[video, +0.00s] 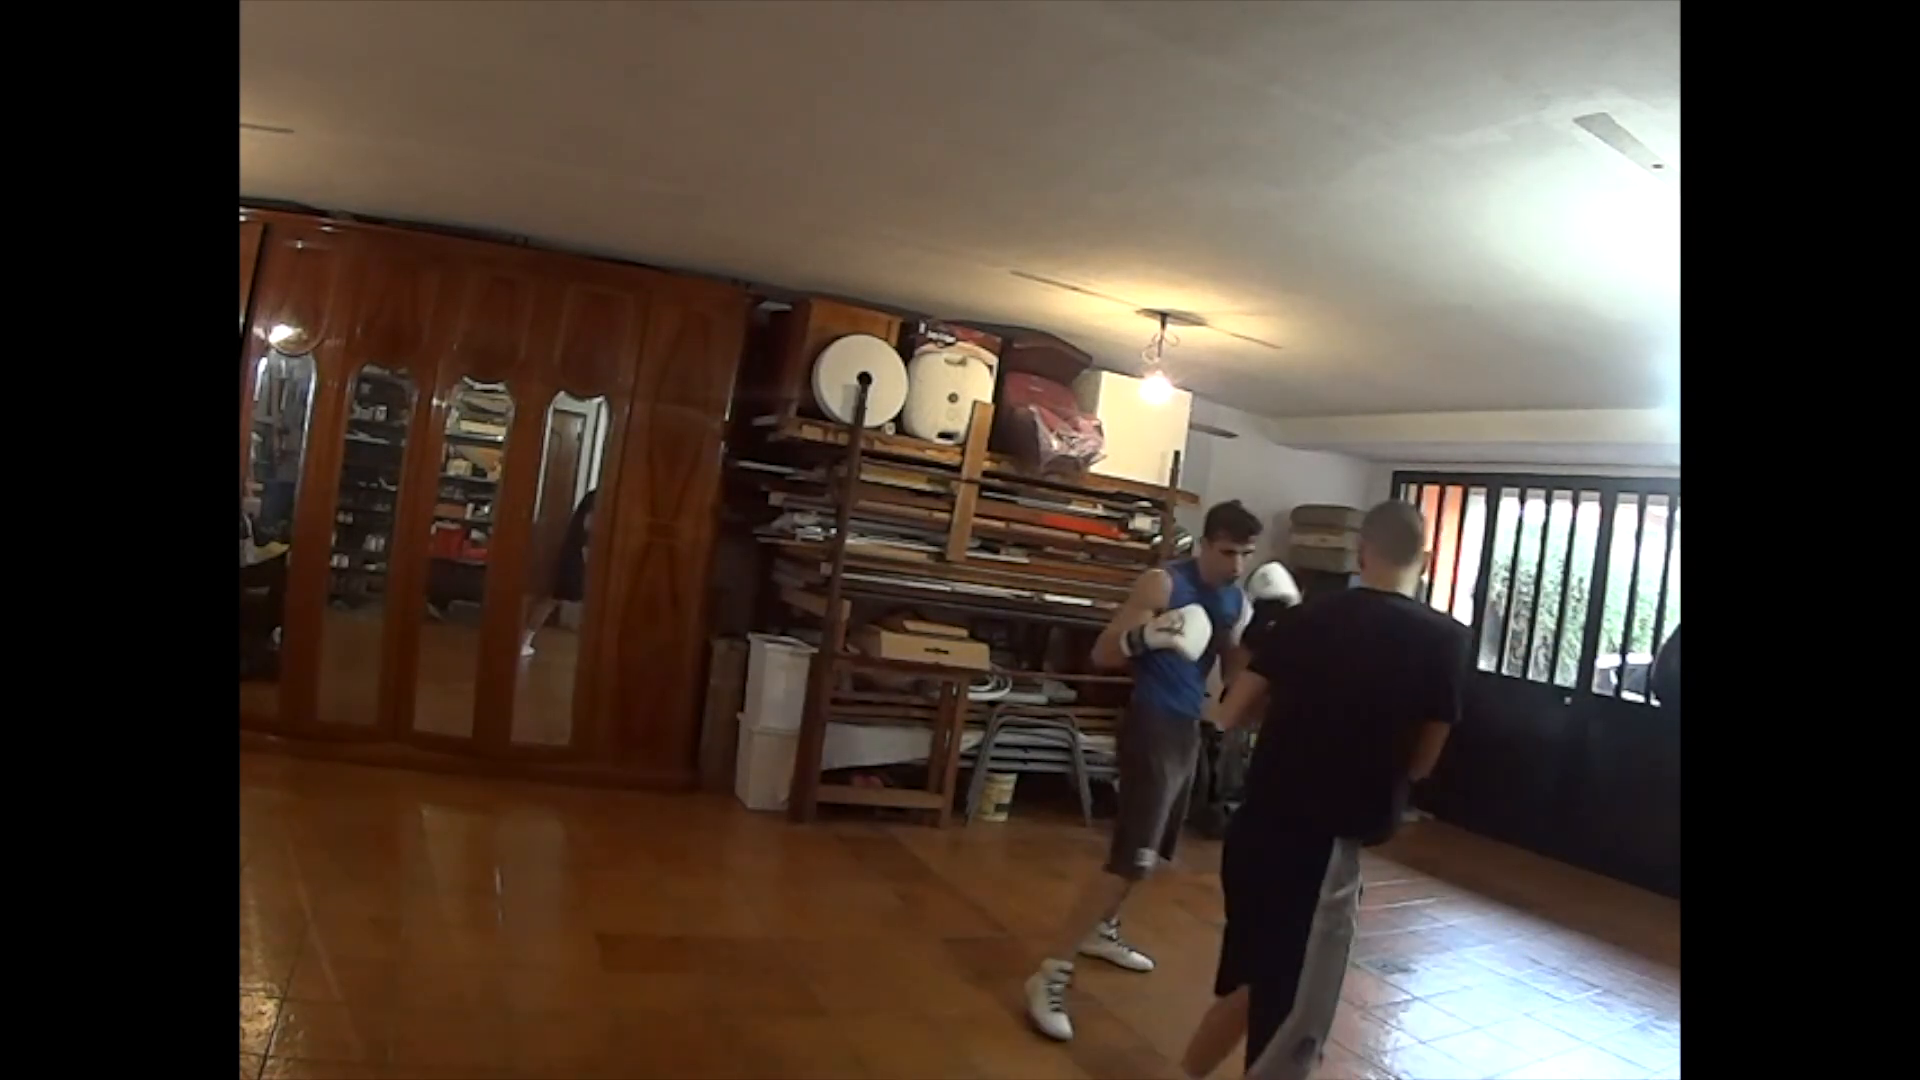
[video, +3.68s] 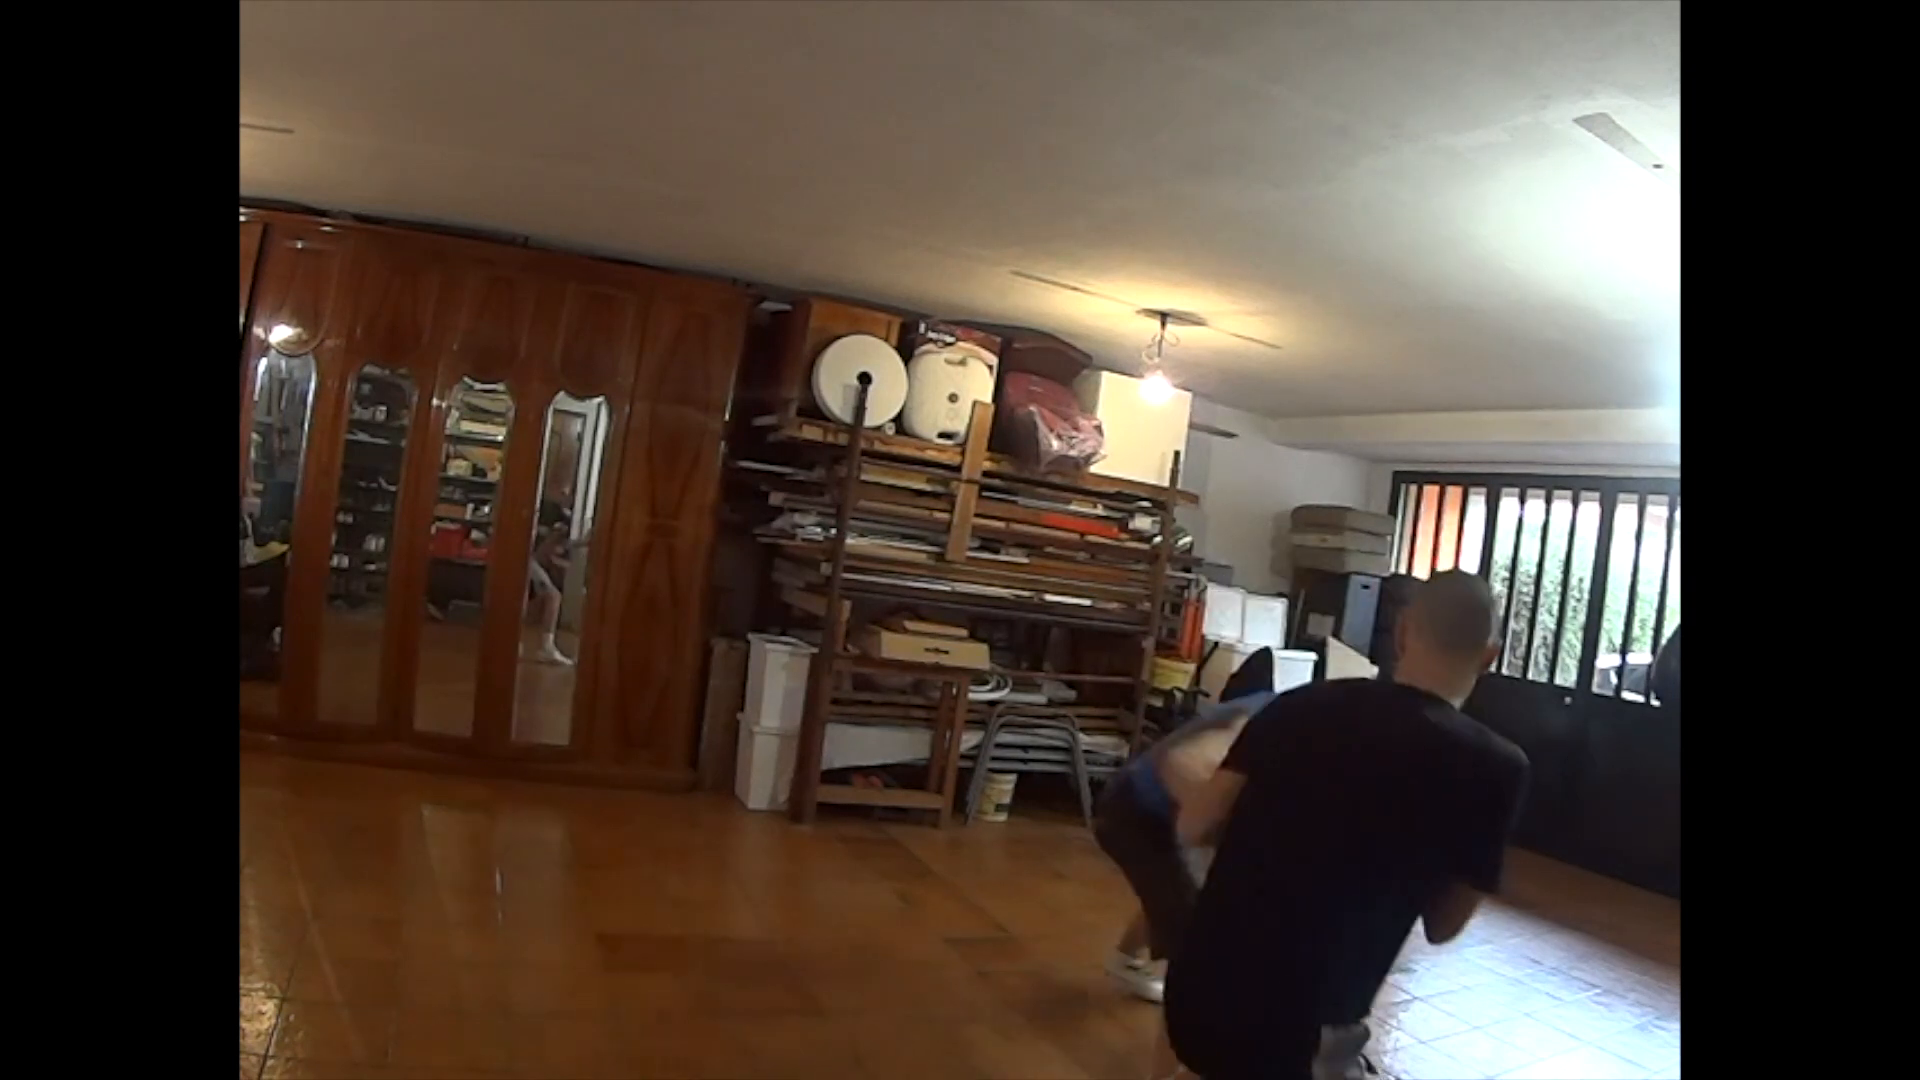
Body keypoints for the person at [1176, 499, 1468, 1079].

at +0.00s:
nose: (1361, 558)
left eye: (1359, 548)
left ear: (1361, 551)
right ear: (1424, 561)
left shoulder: (1312, 616)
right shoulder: (1443, 639)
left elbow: (1233, 713)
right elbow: (1421, 763)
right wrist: (1368, 731)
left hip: (1266, 814)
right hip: (1342, 834)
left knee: (1250, 980)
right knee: (1300, 998)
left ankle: (1188, 1069)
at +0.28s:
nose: (1330, 594)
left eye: (1330, 587)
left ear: (1335, 590)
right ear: (1396, 599)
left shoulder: (1283, 655)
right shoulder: (1422, 673)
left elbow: (1206, 751)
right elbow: (1394, 790)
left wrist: (1256, 734)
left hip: (1238, 853)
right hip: (1321, 873)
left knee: (1236, 996)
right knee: (1304, 1032)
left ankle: (1173, 1073)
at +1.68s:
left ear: (1361, 587)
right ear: (1433, 607)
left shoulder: (1295, 651)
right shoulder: (1445, 686)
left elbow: (1196, 754)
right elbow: (1409, 834)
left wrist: (1263, 781)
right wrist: (1342, 797)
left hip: (1207, 889)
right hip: (1286, 925)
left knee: (1201, 1041)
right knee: (1335, 1072)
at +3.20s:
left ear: (1384, 572)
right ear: (1467, 595)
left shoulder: (1298, 655)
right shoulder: (1479, 701)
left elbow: (1198, 770)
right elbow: (1444, 857)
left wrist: (1276, 774)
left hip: (1218, 927)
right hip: (1315, 963)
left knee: (1213, 1065)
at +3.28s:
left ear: (1375, 576)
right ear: (1455, 598)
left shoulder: (1299, 656)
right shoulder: (1474, 691)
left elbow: (1200, 777)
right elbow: (1445, 856)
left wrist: (1271, 786)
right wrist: (1388, 800)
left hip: (1213, 924)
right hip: (1311, 959)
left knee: (1213, 1057)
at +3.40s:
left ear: (1371, 591)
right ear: (1447, 610)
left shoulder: (1298, 663)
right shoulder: (1460, 701)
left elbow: (1199, 749)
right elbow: (1436, 858)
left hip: (1203, 937)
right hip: (1302, 965)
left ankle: (1202, 1061)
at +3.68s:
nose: (1397, 635)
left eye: (1399, 625)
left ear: (1403, 632)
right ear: (1490, 659)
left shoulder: (1305, 704)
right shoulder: (1493, 765)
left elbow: (1197, 823)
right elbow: (1443, 924)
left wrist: (1185, 768)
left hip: (1199, 994)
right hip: (1309, 1031)